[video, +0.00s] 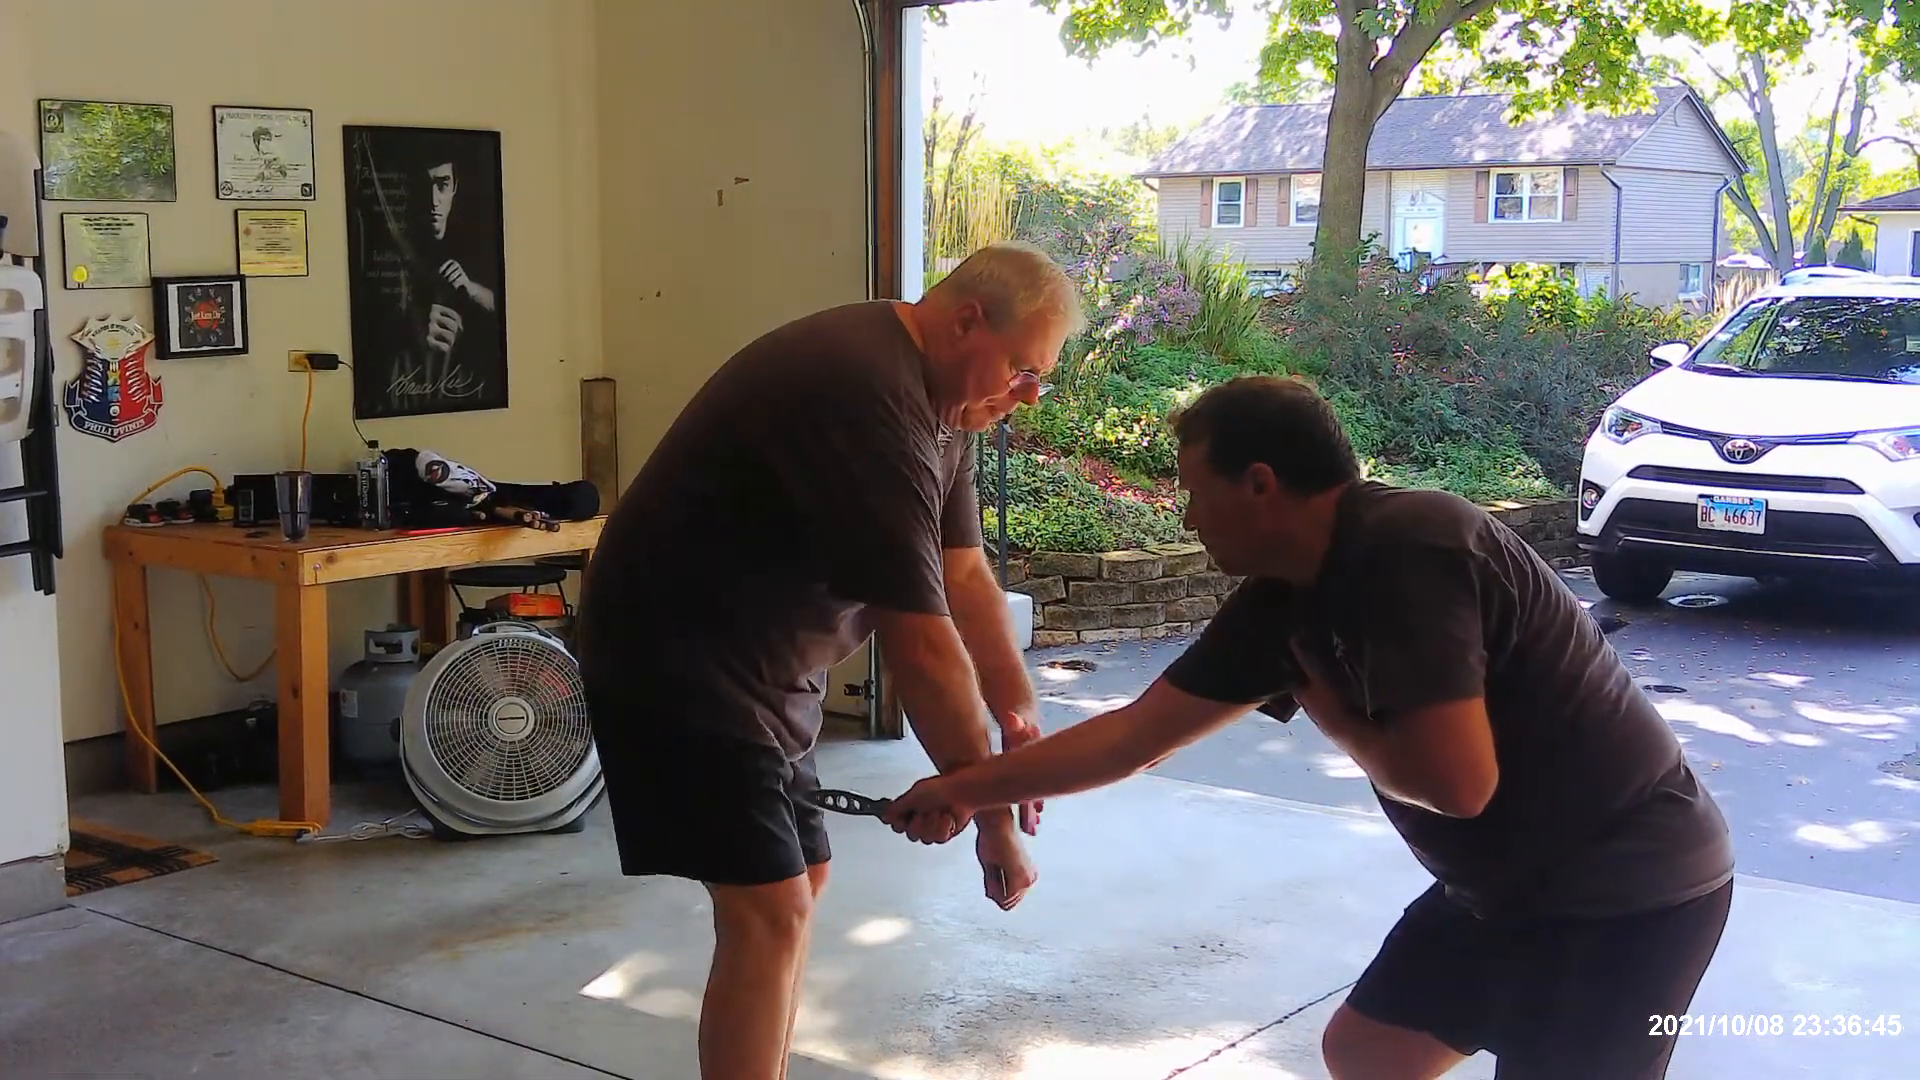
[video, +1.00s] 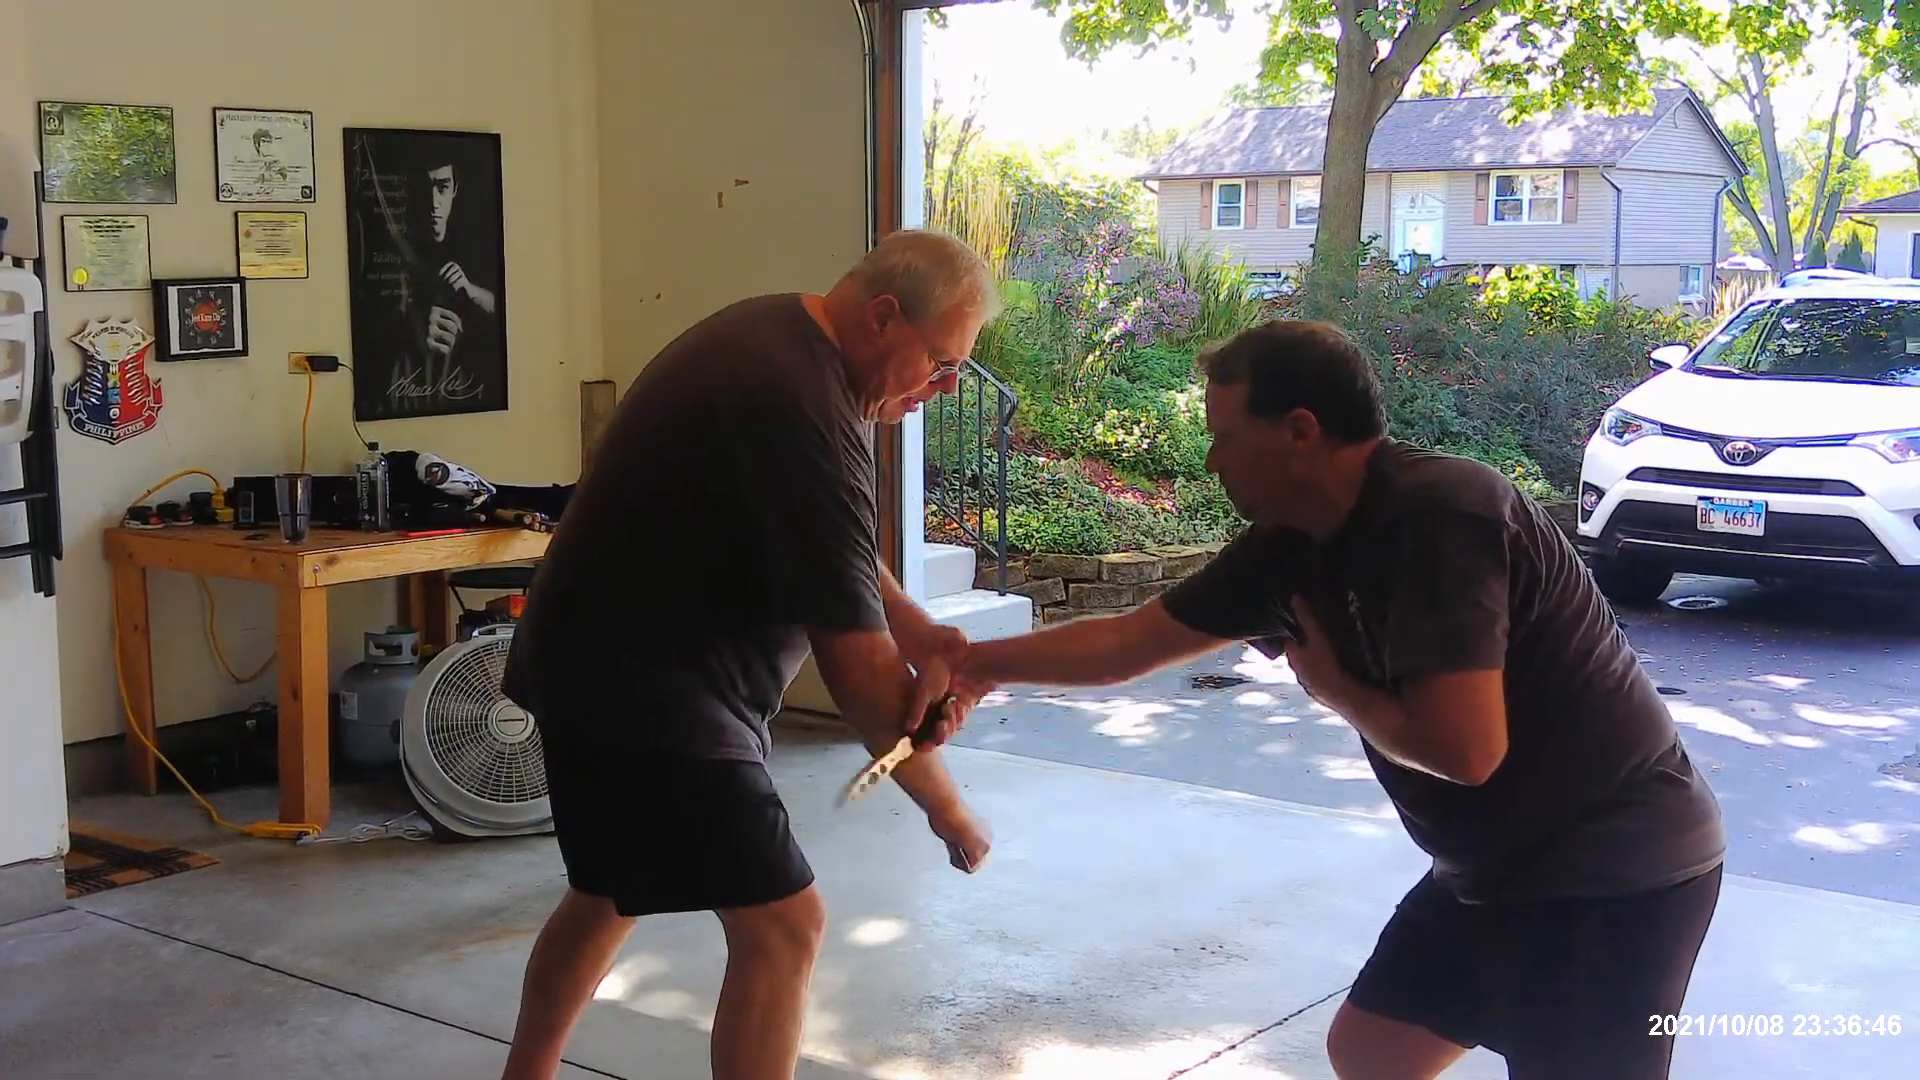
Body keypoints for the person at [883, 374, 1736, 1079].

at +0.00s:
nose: (1183, 506)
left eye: (1192, 482)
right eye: (1183, 483)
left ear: (1261, 487)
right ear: (1262, 488)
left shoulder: (1409, 552)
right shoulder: (1281, 598)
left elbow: (1463, 784)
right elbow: (1138, 732)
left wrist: (1341, 724)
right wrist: (972, 788)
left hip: (1634, 883)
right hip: (1498, 877)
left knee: (1573, 1066)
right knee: (1365, 1047)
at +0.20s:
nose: (1188, 511)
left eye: (1198, 487)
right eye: (1188, 489)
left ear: (1269, 489)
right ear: (1269, 490)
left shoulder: (1419, 549)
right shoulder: (1286, 599)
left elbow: (1472, 785)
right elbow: (1149, 732)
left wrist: (1345, 725)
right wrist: (984, 795)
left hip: (1640, 884)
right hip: (1501, 876)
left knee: (1577, 1068)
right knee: (1372, 1047)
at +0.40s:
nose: (1196, 512)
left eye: (1204, 488)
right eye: (1195, 490)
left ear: (1276, 485)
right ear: (1275, 486)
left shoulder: (1429, 553)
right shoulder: (1294, 591)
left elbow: (1473, 786)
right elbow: (1146, 720)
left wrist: (1346, 721)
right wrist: (978, 770)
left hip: (1639, 883)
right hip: (1501, 875)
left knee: (1582, 1070)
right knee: (1373, 1048)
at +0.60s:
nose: (1209, 493)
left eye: (1217, 468)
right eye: (1208, 469)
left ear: (1289, 462)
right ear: (1288, 465)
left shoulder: (1439, 540)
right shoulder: (1297, 574)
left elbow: (1479, 771)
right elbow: (1148, 698)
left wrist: (1350, 710)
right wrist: (990, 738)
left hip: (1639, 879)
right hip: (1504, 872)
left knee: (1593, 1066)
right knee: (1376, 1050)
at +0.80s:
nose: (1217, 467)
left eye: (1227, 444)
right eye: (1216, 446)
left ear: (1299, 443)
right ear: (1297, 445)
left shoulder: (1447, 524)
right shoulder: (1294, 557)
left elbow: (1471, 760)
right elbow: (1148, 676)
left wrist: (1343, 694)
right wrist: (992, 716)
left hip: (1634, 870)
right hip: (1500, 864)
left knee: (1580, 1064)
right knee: (1376, 1048)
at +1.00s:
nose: (1213, 458)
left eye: (1224, 434)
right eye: (1212, 435)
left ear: (1301, 434)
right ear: (1300, 437)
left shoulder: (1445, 517)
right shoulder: (1289, 542)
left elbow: (1469, 748)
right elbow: (1134, 639)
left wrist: (1338, 691)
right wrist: (976, 659)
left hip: (1625, 865)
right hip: (1491, 865)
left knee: (1585, 1069)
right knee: (1371, 1050)